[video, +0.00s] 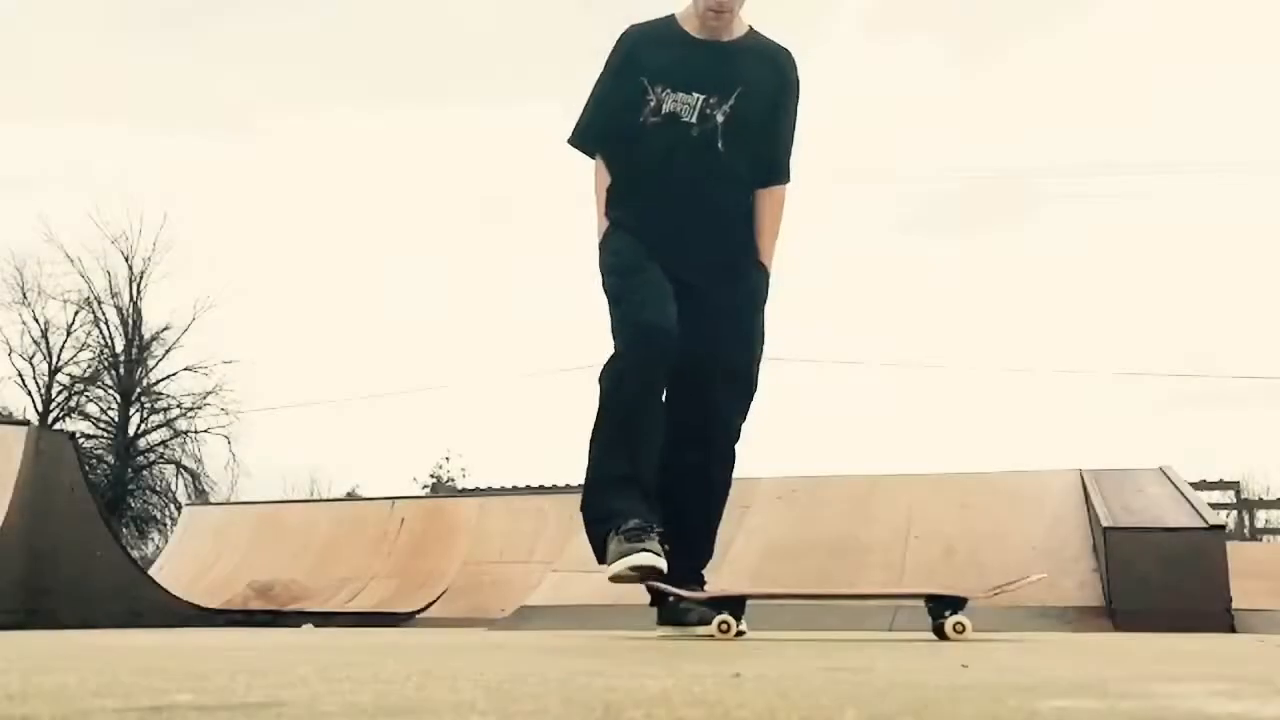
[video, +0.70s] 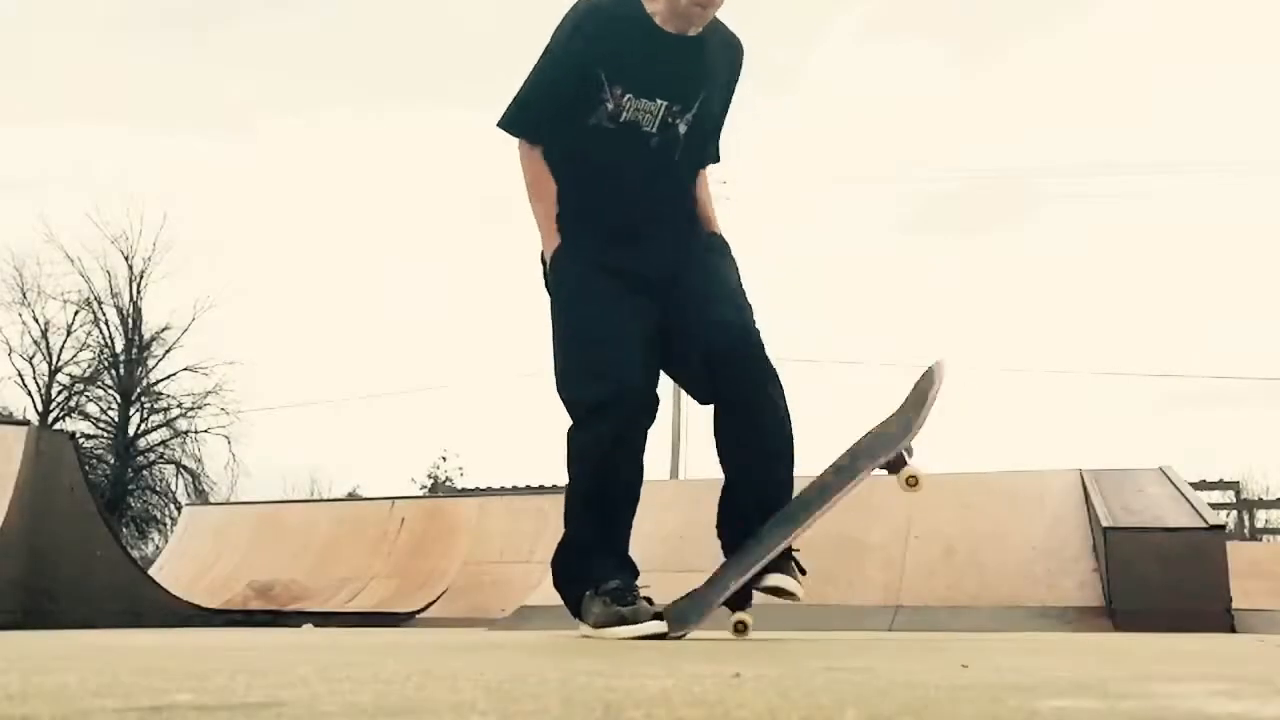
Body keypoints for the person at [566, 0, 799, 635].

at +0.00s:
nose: (717, 2)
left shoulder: (774, 66)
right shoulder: (640, 44)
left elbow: (771, 179)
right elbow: (608, 155)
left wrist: (761, 269)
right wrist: (608, 239)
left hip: (727, 258)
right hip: (639, 245)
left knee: (711, 415)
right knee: (650, 341)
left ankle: (684, 580)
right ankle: (629, 525)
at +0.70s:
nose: (712, 0)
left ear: (720, 1)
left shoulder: (724, 51)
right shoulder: (595, 20)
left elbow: (694, 165)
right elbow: (532, 136)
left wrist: (715, 249)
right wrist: (555, 250)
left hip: (683, 254)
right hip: (594, 257)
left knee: (753, 390)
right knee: (615, 408)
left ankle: (754, 550)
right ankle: (597, 581)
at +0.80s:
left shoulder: (738, 7)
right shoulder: (586, 8)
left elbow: (711, 101)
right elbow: (549, 85)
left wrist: (715, 197)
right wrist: (556, 191)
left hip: (689, 189)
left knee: (727, 329)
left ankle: (690, 474)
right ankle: (594, 564)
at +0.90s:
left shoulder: (744, 6)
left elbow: (738, 64)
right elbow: (560, 34)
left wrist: (727, 154)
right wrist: (554, 125)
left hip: (692, 140)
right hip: (595, 129)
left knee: (682, 296)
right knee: (606, 277)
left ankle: (653, 478)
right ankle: (569, 468)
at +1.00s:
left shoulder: (755, 6)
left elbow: (753, 49)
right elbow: (572, 16)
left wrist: (734, 137)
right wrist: (559, 90)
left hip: (688, 107)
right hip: (595, 89)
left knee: (666, 293)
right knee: (583, 208)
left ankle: (641, 481)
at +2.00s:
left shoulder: (664, 8)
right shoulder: (495, 4)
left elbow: (673, 46)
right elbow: (499, 53)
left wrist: (663, 154)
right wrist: (489, 136)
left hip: (622, 128)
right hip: (523, 122)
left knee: (606, 318)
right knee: (480, 213)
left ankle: (599, 496)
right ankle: (459, 368)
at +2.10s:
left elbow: (637, 14)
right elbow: (464, 34)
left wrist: (625, 117)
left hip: (583, 100)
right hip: (481, 90)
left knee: (584, 290)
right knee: (429, 158)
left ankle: (589, 486)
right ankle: (454, 313)